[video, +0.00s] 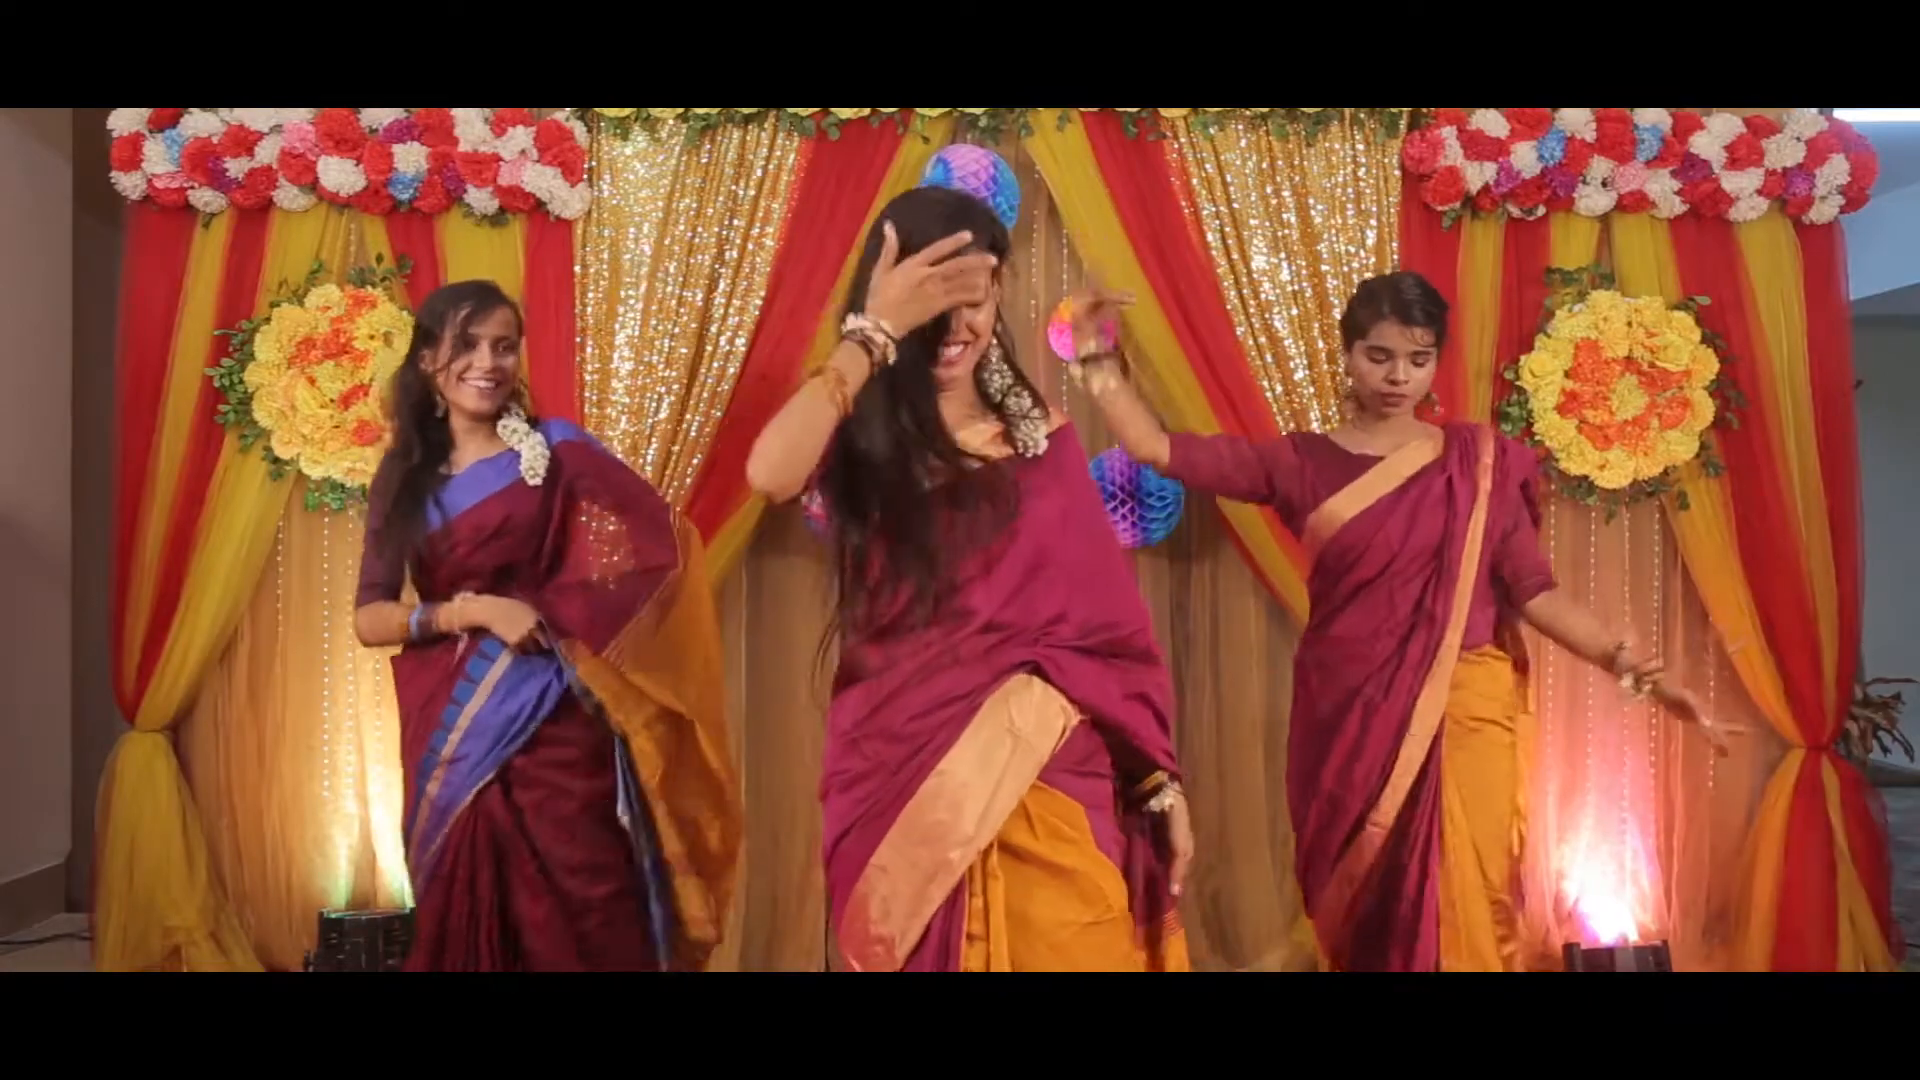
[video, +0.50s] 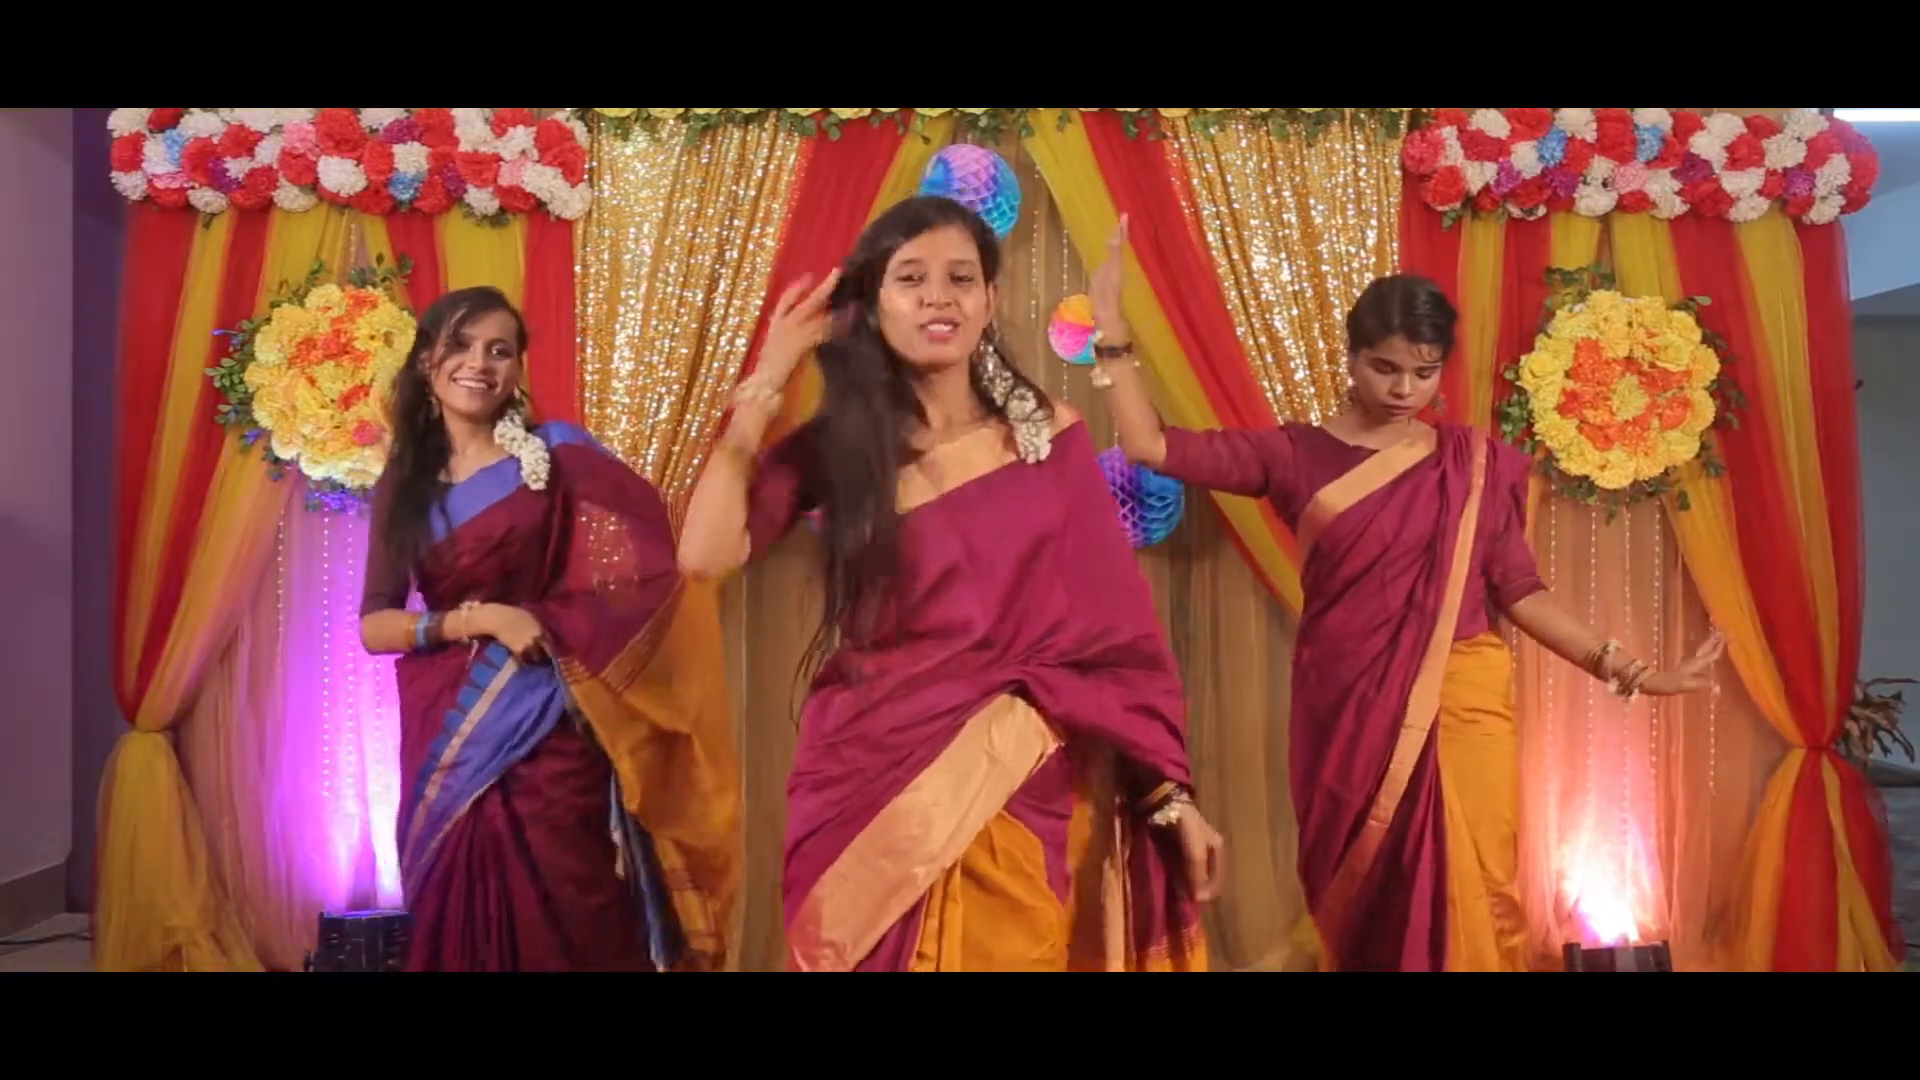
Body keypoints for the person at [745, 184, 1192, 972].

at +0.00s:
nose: (954, 324)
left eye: (973, 298)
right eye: (933, 301)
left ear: (997, 299)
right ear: (889, 307)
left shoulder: (1041, 429)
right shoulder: (863, 434)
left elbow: (1107, 614)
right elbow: (770, 472)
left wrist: (1155, 775)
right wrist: (876, 332)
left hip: (1059, 780)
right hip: (907, 789)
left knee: (1084, 956)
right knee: (914, 958)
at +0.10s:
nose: (944, 317)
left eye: (965, 291)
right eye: (921, 295)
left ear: (995, 294)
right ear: (880, 305)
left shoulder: (1037, 421)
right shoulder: (855, 428)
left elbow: (1101, 608)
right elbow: (758, 456)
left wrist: (1153, 767)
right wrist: (852, 309)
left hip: (1055, 782)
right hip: (900, 791)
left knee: (1077, 956)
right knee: (916, 959)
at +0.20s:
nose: (941, 321)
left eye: (963, 294)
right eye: (915, 298)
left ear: (994, 296)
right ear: (874, 308)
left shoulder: (1036, 417)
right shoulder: (850, 420)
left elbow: (1102, 605)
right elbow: (738, 458)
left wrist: (1155, 765)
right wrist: (837, 313)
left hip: (1046, 775)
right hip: (890, 781)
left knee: (1057, 952)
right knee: (904, 956)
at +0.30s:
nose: (938, 318)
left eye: (961, 293)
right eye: (912, 295)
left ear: (993, 292)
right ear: (874, 303)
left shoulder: (1040, 425)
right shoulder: (848, 418)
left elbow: (1105, 612)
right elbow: (725, 471)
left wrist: (1153, 771)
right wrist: (819, 328)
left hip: (1038, 782)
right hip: (882, 786)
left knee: (1045, 954)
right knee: (897, 959)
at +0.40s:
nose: (939, 307)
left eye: (960, 279)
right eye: (910, 285)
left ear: (991, 283)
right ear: (872, 300)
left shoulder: (1046, 421)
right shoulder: (844, 421)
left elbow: (1108, 613)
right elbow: (720, 497)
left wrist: (1152, 775)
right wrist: (795, 342)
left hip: (1036, 779)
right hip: (878, 782)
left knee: (1036, 955)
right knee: (886, 960)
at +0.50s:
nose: (939, 299)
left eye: (961, 278)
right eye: (911, 279)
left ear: (991, 302)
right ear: (871, 308)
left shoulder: (1048, 432)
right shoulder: (846, 442)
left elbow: (1119, 628)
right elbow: (703, 553)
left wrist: (1168, 791)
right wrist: (764, 380)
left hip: (1029, 788)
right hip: (870, 788)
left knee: (1023, 956)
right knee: (868, 959)